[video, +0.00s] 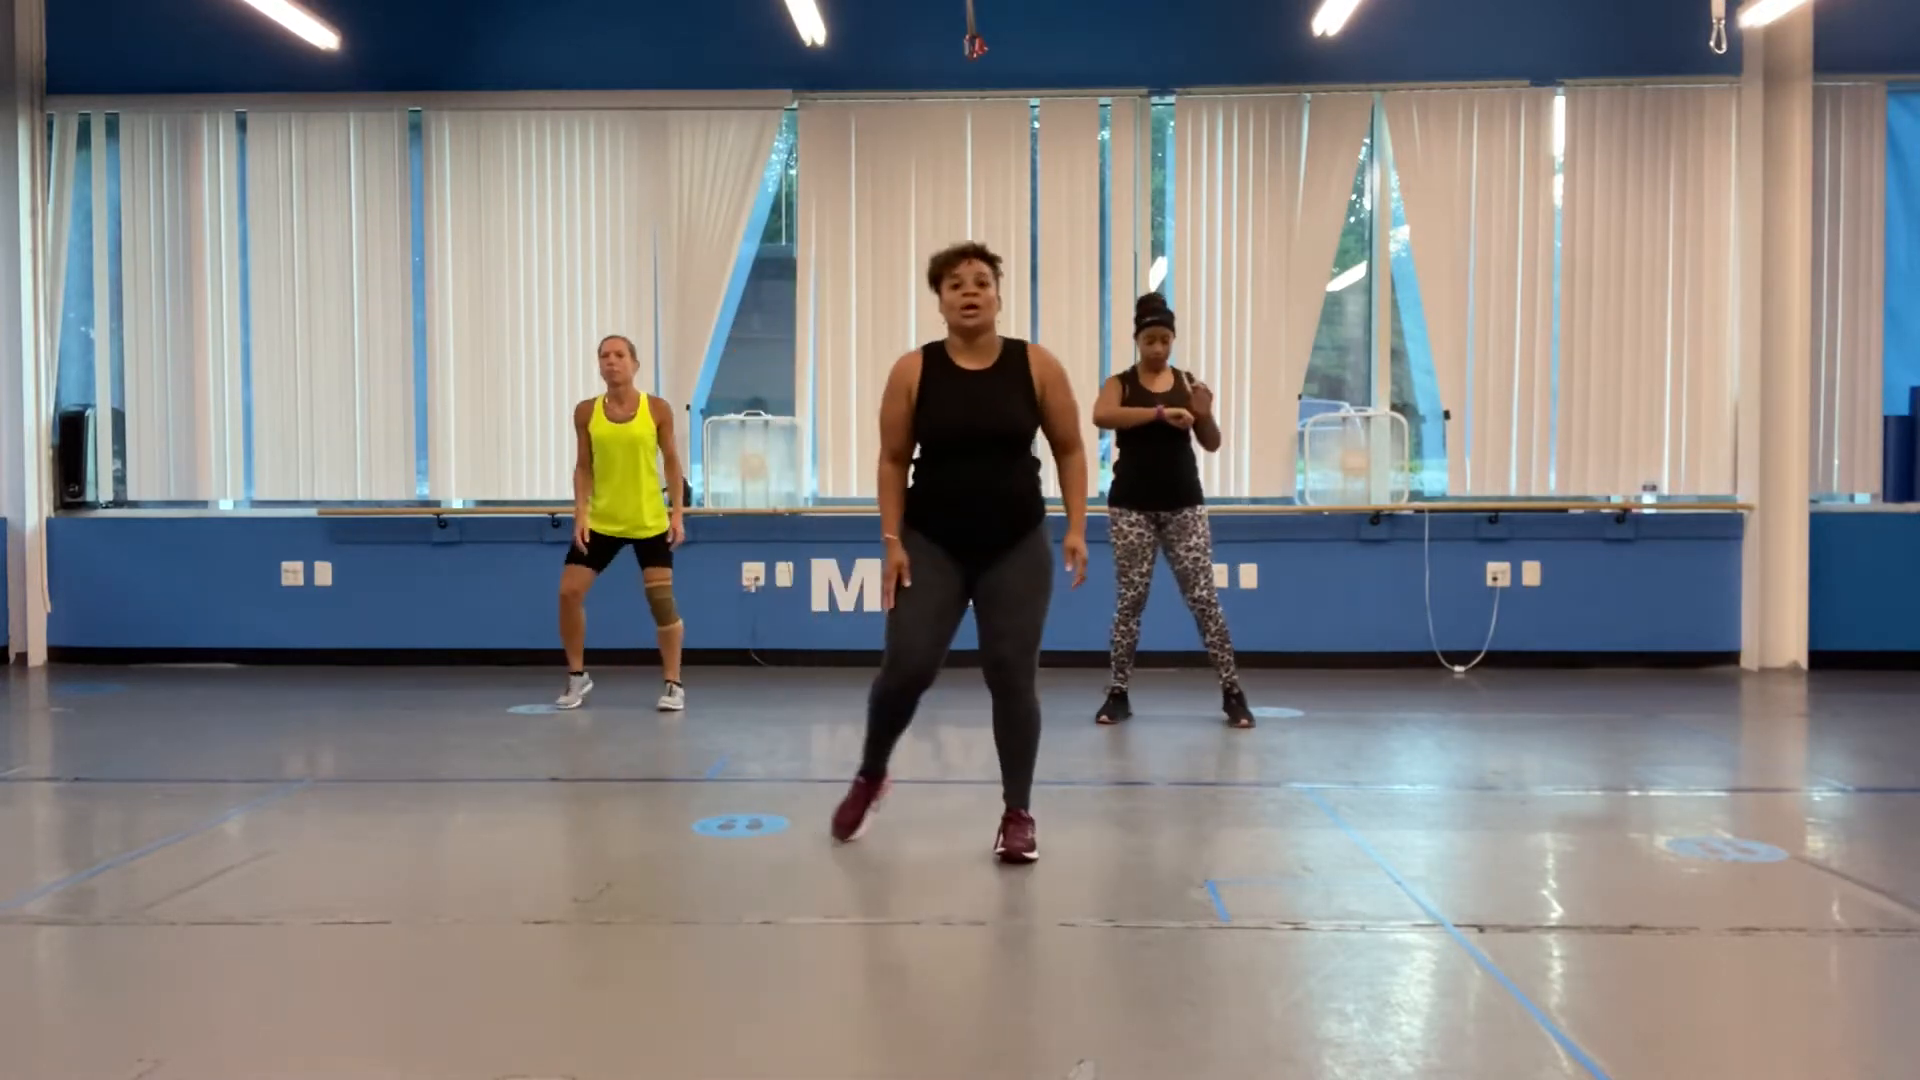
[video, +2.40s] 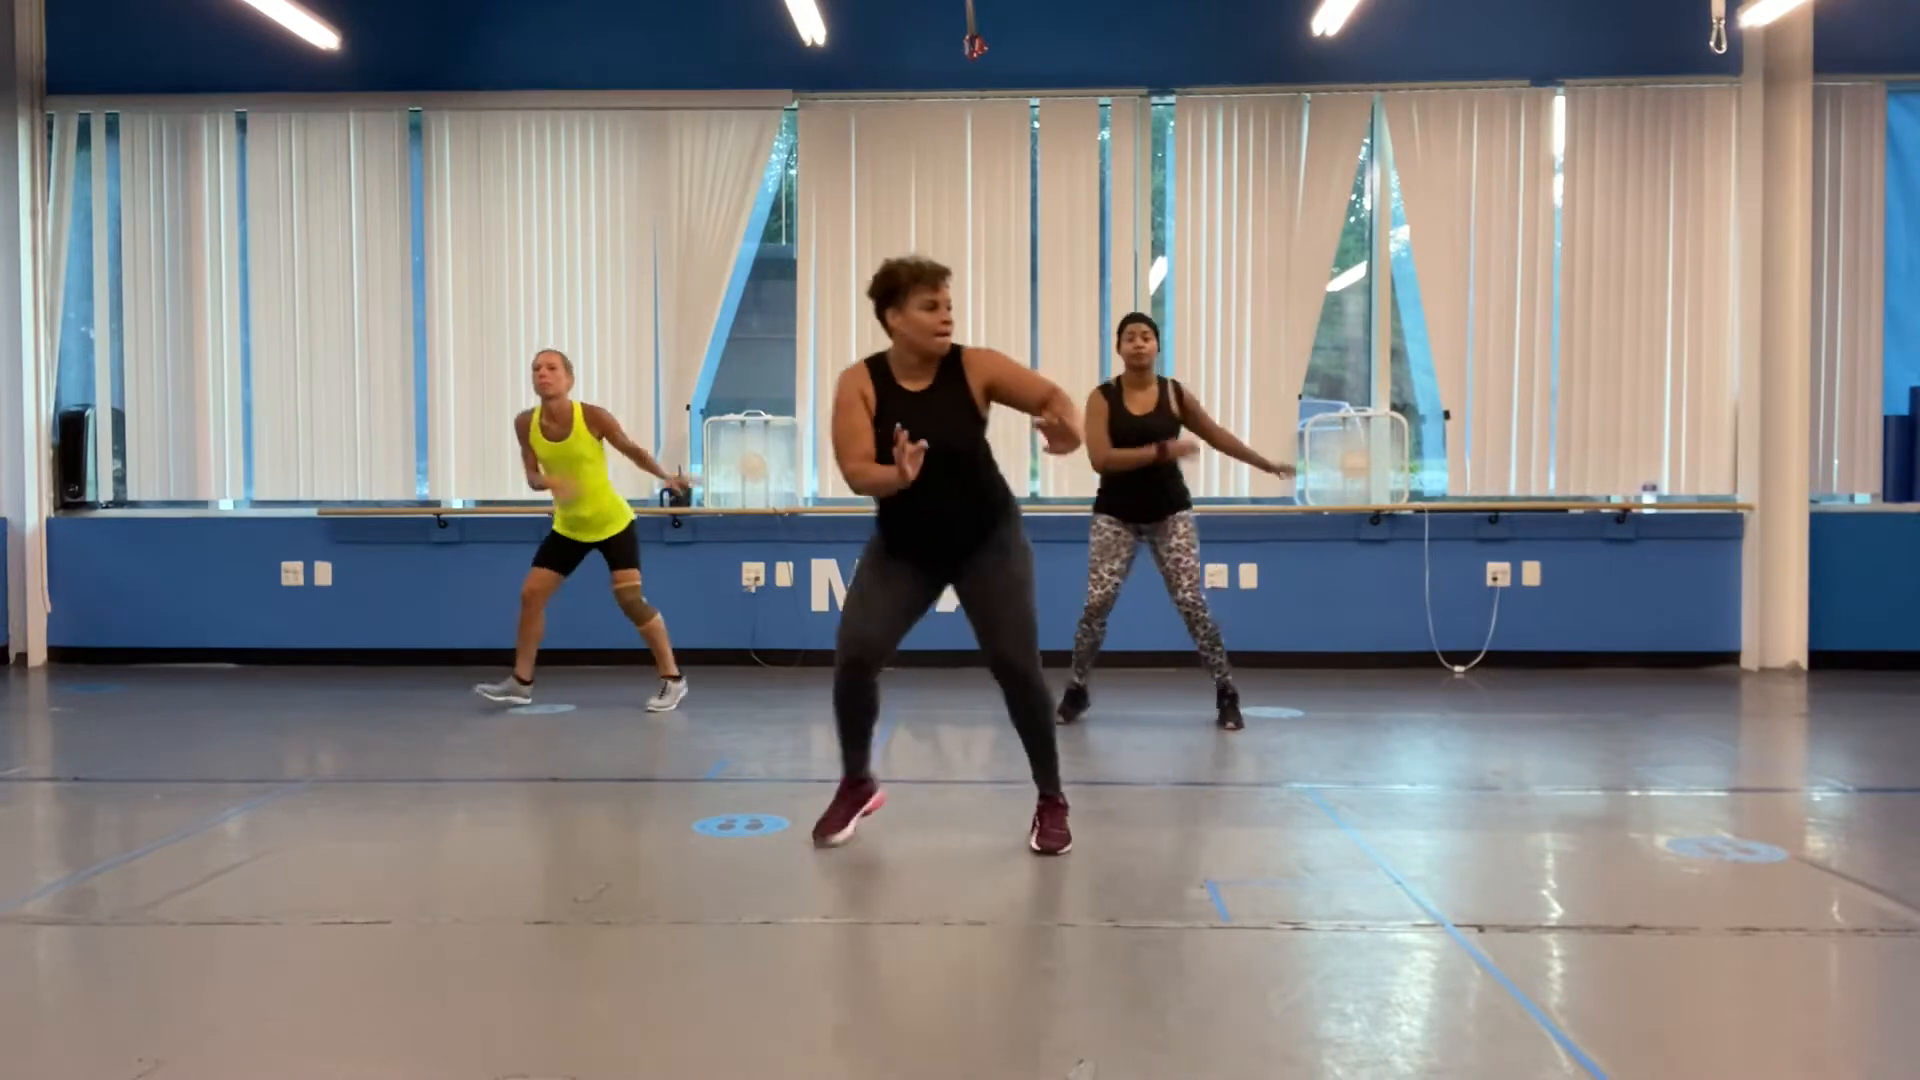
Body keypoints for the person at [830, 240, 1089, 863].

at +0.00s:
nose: (970, 294)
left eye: (981, 284)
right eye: (958, 286)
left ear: (999, 295)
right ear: (939, 299)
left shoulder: (1037, 367)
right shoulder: (913, 370)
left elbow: (1069, 449)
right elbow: (893, 460)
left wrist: (1076, 525)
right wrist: (891, 541)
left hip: (1016, 542)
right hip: (932, 542)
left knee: (1012, 675)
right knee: (907, 669)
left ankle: (1018, 815)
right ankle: (870, 777)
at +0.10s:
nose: (980, 291)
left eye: (990, 282)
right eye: (967, 284)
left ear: (1008, 292)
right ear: (949, 298)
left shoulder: (1048, 364)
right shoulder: (922, 369)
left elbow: (1074, 454)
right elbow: (903, 459)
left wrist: (1062, 534)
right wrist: (905, 536)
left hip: (1023, 540)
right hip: (941, 539)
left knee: (1016, 675)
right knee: (933, 668)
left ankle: (1018, 813)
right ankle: (914, 789)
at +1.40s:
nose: (980, 301)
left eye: (992, 290)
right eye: (967, 288)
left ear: (1006, 302)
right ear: (945, 298)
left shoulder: (1034, 367)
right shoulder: (913, 359)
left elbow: (1091, 437)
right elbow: (898, 447)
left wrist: (1125, 508)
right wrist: (958, 514)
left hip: (1032, 534)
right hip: (948, 533)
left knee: (1025, 677)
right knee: (925, 661)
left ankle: (1022, 812)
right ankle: (961, 787)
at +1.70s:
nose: (967, 318)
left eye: (980, 307)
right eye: (954, 307)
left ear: (996, 319)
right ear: (934, 318)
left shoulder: (1023, 399)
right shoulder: (905, 375)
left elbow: (1027, 494)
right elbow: (834, 429)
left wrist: (1076, 505)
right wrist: (897, 466)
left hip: (997, 547)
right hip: (916, 549)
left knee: (979, 655)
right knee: (911, 679)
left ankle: (1046, 763)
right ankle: (925, 809)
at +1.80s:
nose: (968, 317)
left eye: (980, 307)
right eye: (955, 308)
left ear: (997, 317)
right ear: (936, 319)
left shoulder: (1025, 386)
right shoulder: (906, 372)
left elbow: (1040, 477)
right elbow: (821, 402)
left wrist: (1037, 495)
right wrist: (831, 473)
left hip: (1003, 547)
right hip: (918, 547)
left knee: (1009, 663)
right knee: (916, 683)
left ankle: (1021, 782)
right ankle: (924, 808)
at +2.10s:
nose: (975, 336)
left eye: (986, 324)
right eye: (961, 327)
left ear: (1005, 332)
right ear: (945, 339)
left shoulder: (1042, 391)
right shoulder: (922, 408)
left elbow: (1082, 470)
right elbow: (876, 482)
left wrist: (1009, 496)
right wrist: (817, 469)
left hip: (1026, 546)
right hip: (944, 545)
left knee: (1051, 669)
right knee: (947, 648)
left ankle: (1050, 805)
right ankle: (898, 754)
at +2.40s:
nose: (945, 317)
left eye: (948, 307)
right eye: (930, 308)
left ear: (952, 312)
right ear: (891, 317)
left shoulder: (976, 366)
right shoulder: (861, 383)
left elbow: (1051, 398)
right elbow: (857, 473)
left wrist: (1067, 432)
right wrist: (898, 476)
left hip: (986, 537)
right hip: (906, 543)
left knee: (1015, 664)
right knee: (854, 656)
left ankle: (1050, 798)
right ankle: (856, 783)